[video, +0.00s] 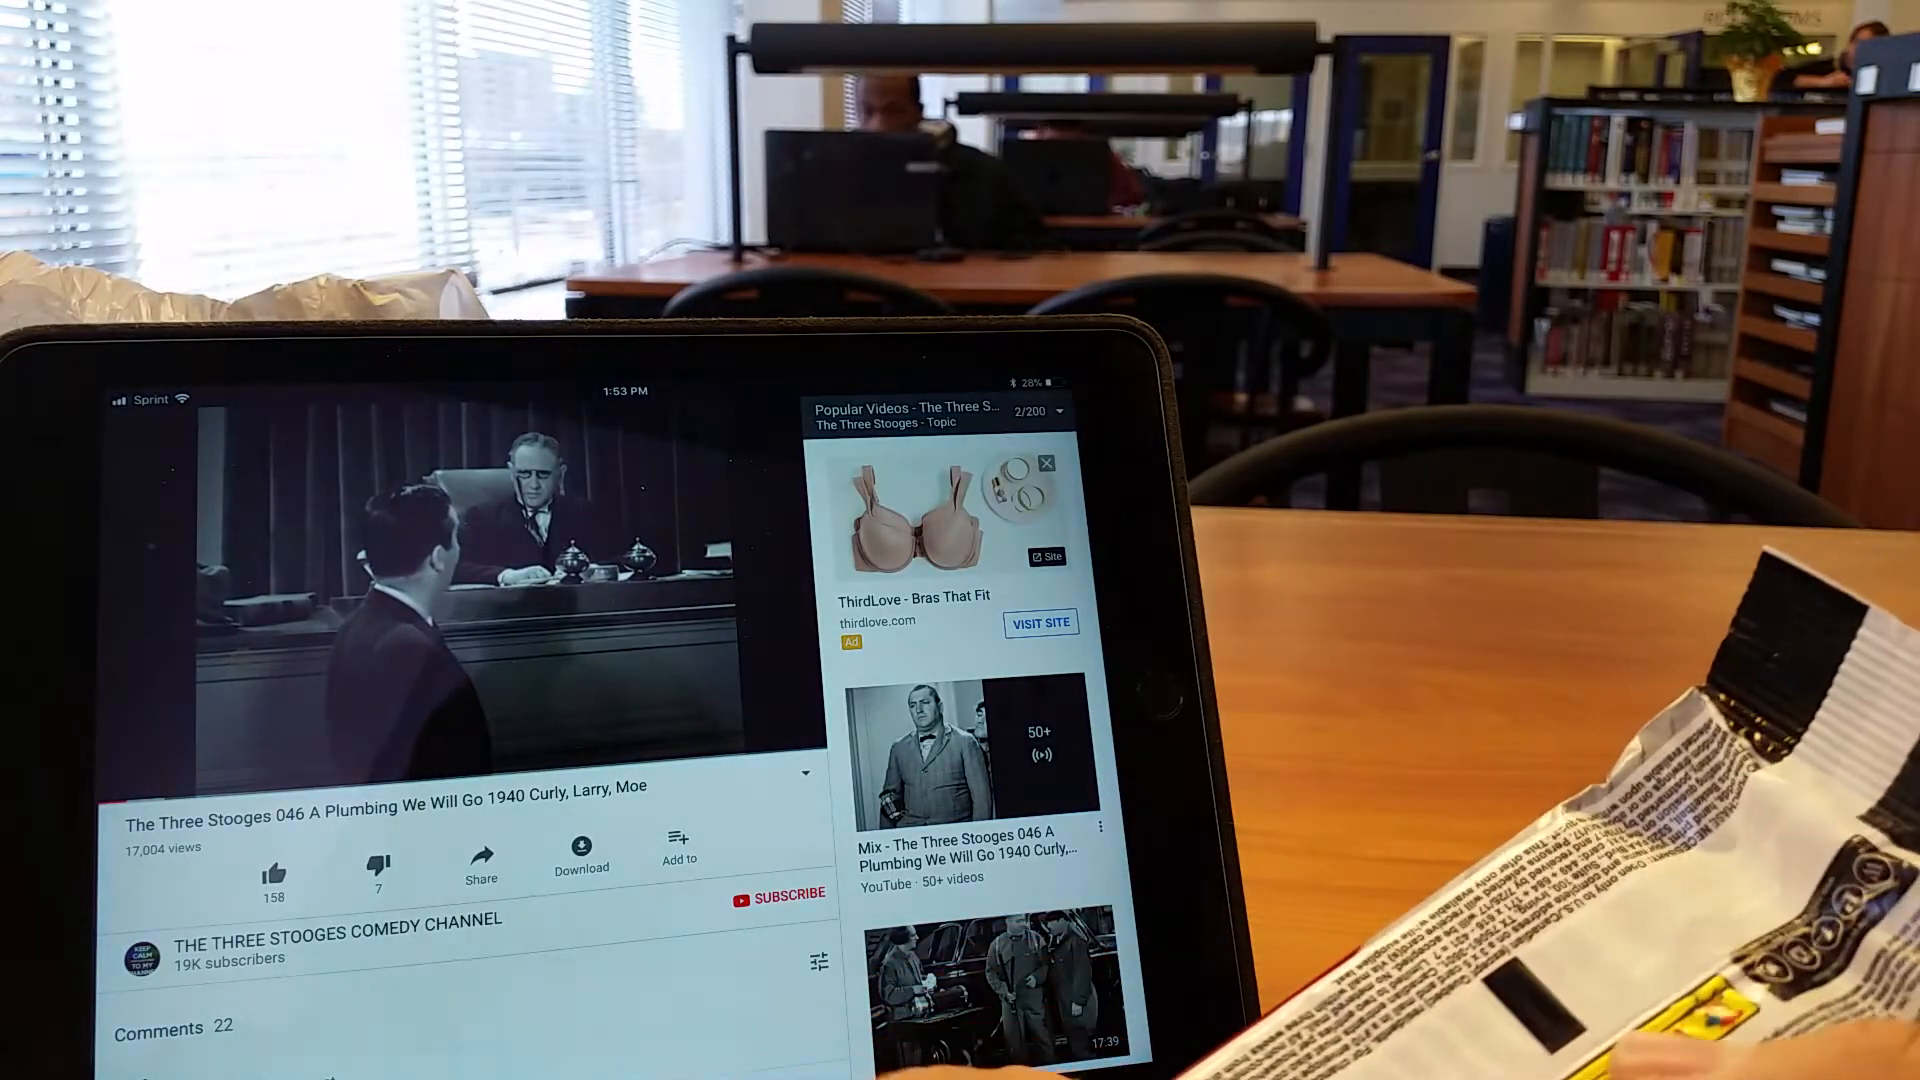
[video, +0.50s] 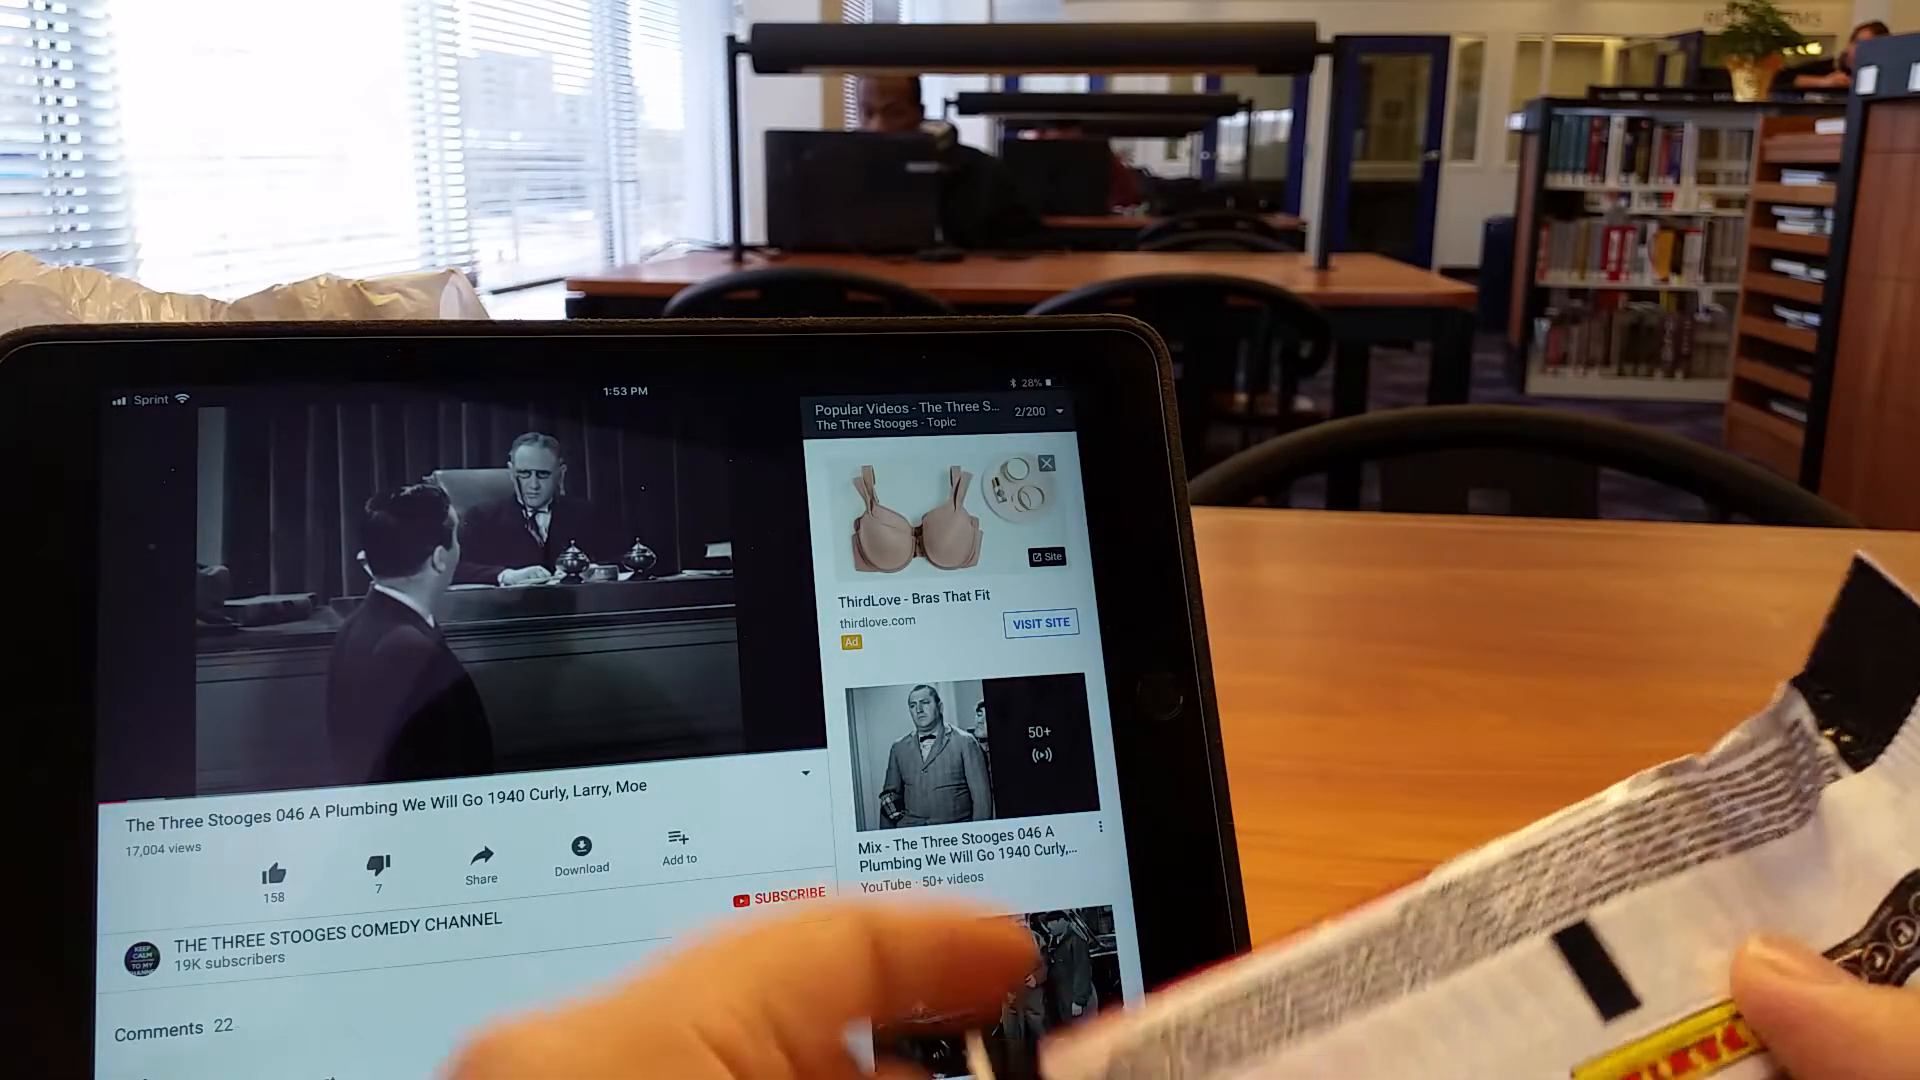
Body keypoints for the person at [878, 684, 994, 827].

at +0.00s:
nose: (919, 709)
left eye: (925, 703)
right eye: (913, 705)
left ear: (939, 706)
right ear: (909, 711)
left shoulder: (964, 742)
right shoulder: (899, 749)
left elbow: (981, 795)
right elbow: (891, 795)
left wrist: (979, 835)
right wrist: (886, 840)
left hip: (956, 831)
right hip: (910, 836)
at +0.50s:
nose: (919, 710)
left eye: (925, 703)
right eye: (913, 705)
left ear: (939, 707)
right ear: (909, 711)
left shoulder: (964, 742)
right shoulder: (899, 748)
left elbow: (981, 795)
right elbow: (890, 795)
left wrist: (979, 835)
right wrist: (886, 840)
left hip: (956, 831)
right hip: (910, 836)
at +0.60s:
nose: (919, 709)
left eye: (925, 702)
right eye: (913, 705)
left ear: (939, 706)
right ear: (909, 711)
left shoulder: (964, 742)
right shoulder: (899, 749)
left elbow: (981, 796)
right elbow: (892, 792)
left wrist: (979, 835)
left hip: (958, 833)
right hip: (916, 836)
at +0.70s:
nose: (919, 710)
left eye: (925, 703)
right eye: (913, 705)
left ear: (939, 707)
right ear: (910, 711)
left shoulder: (964, 742)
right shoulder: (899, 749)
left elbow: (981, 796)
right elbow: (893, 799)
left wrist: (977, 837)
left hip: (960, 833)